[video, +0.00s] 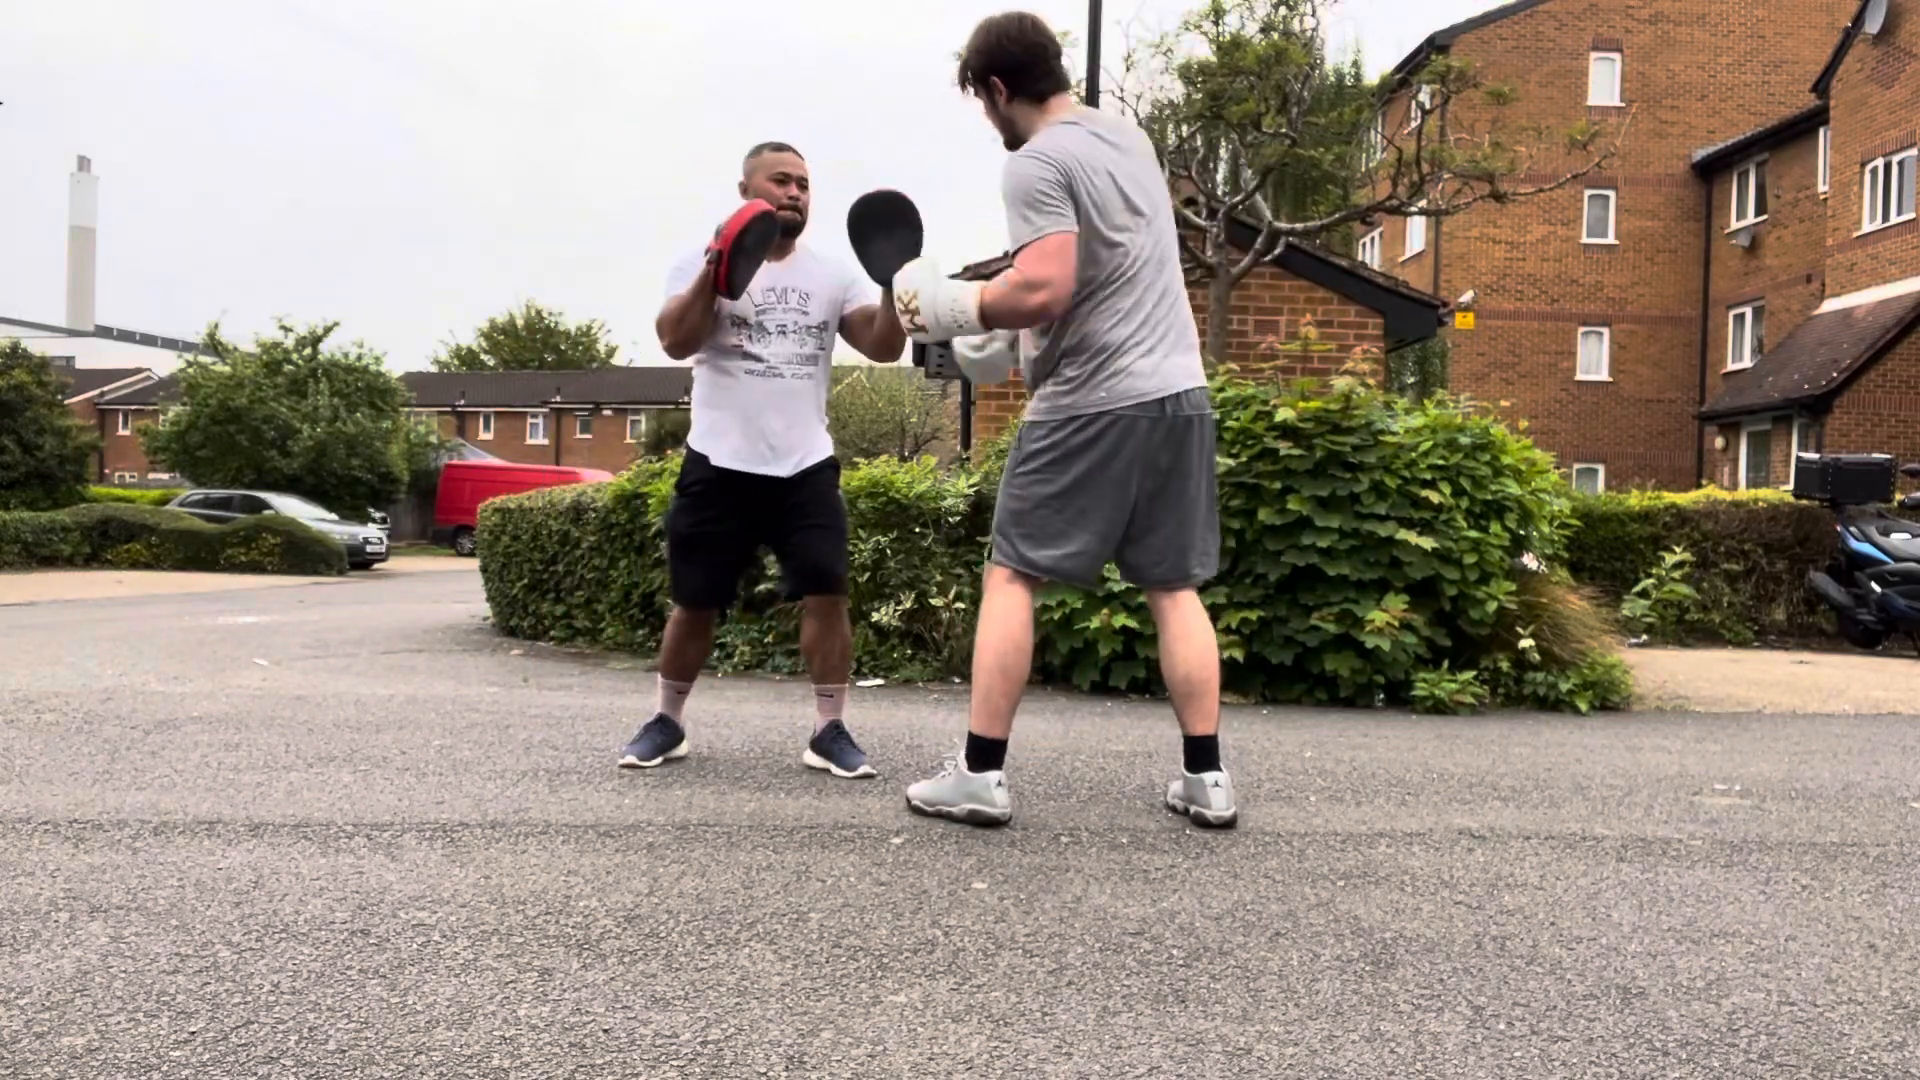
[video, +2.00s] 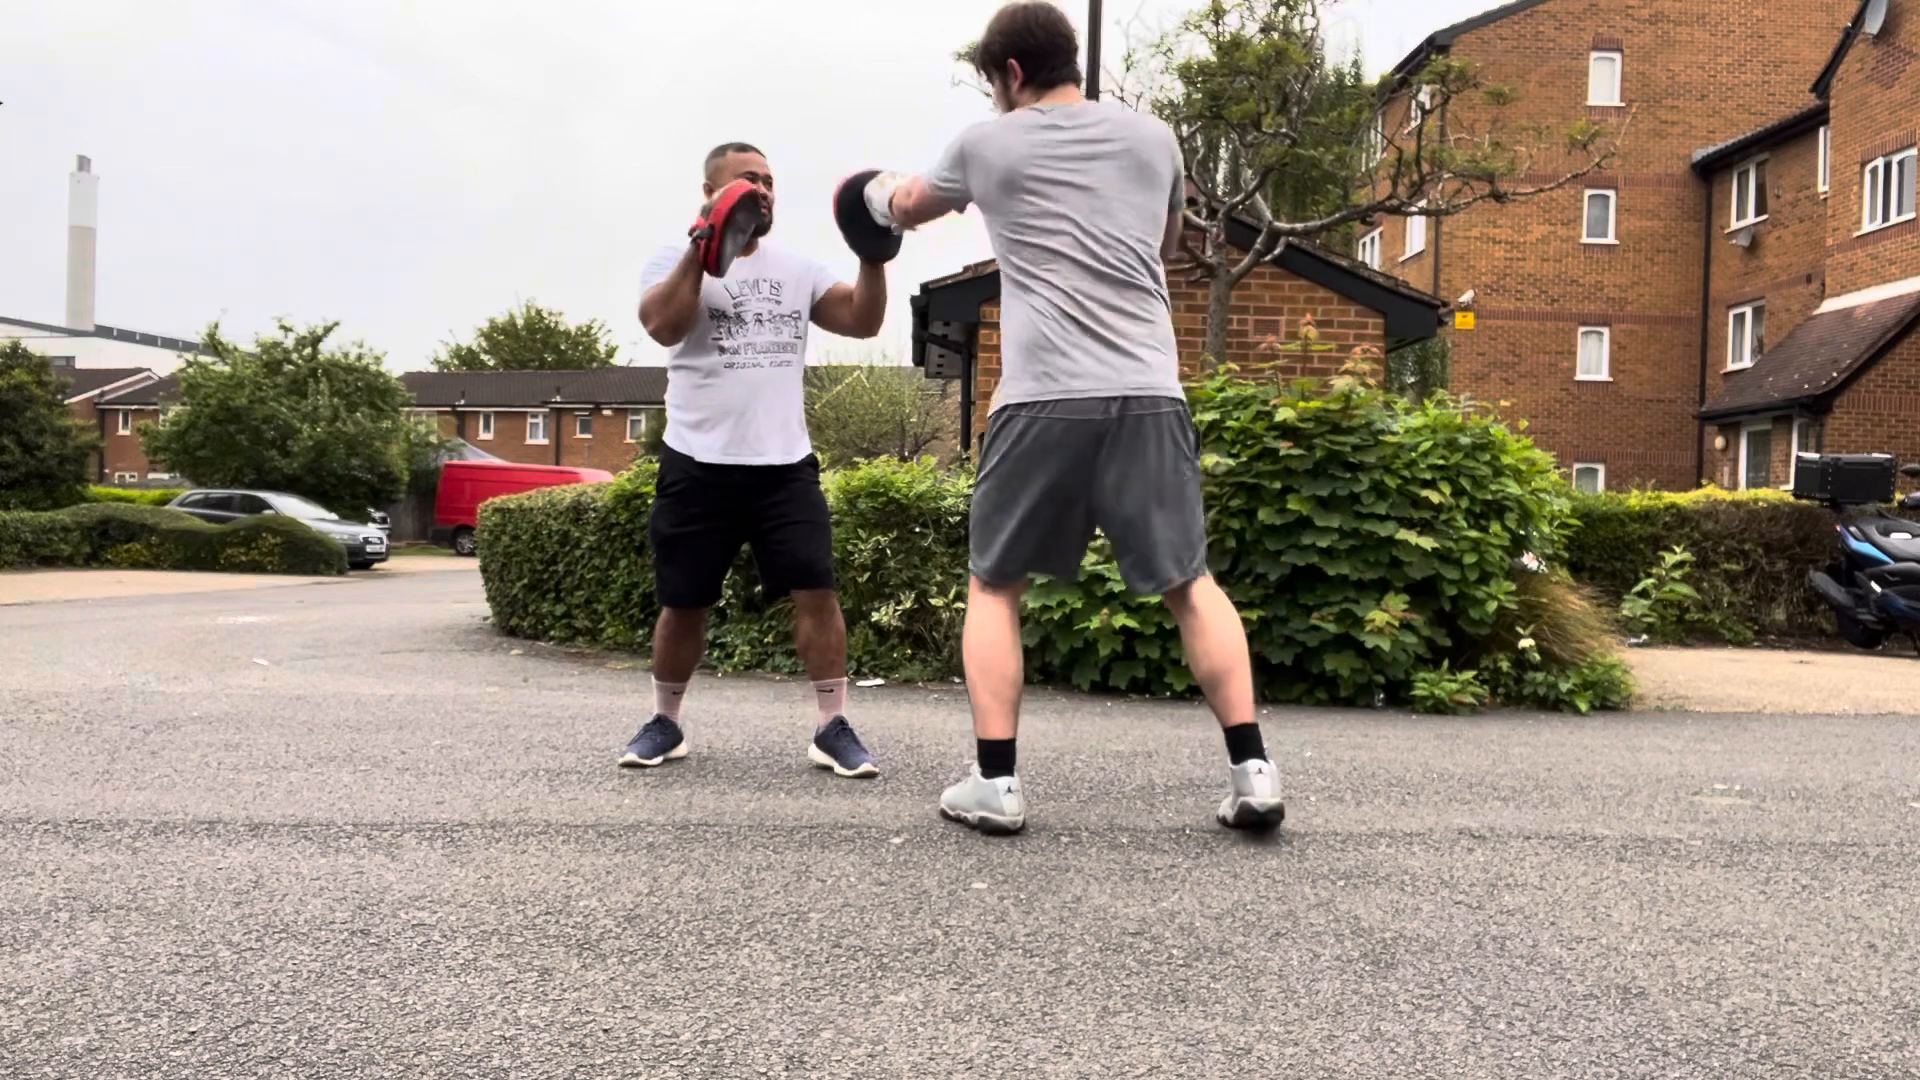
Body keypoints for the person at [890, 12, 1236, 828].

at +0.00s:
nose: (983, 115)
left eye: (979, 99)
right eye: (979, 100)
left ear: (997, 88)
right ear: (1055, 74)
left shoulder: (1038, 160)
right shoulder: (1126, 133)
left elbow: (1045, 288)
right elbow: (1113, 287)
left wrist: (947, 301)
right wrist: (1000, 345)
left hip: (1092, 402)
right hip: (1181, 393)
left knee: (1012, 572)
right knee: (1173, 582)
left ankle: (980, 772)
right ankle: (1208, 778)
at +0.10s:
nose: (1003, 110)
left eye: (999, 95)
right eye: (999, 97)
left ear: (1019, 81)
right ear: (1079, 69)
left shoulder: (1027, 159)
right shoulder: (1166, 133)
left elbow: (969, 294)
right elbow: (1190, 253)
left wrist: (905, 279)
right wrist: (1071, 279)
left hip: (1082, 400)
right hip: (1184, 391)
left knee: (1017, 577)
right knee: (1178, 587)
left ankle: (981, 774)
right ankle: (1209, 779)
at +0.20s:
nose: (1028, 102)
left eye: (1024, 90)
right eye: (1025, 92)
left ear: (1038, 79)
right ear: (1105, 63)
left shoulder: (1026, 159)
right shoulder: (1191, 125)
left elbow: (934, 268)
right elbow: (1256, 232)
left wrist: (916, 239)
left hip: (1080, 397)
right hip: (1183, 393)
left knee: (1026, 576)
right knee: (1185, 591)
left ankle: (981, 774)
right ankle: (1208, 779)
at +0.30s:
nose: (1035, 95)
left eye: (1032, 85)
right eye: (1035, 86)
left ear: (1046, 79)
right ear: (1118, 64)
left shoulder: (1026, 157)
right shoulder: (1199, 126)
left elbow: (950, 264)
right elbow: (1284, 224)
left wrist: (1022, 253)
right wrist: (1237, 297)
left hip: (1079, 398)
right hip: (1184, 391)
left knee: (1031, 578)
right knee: (1189, 591)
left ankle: (982, 774)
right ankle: (1207, 781)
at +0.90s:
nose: (1122, 84)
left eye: (1122, 71)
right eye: (1119, 73)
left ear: (1145, 57)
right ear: (1210, 57)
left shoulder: (1129, 125)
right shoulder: (1271, 145)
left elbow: (1059, 249)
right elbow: (1266, 257)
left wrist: (1070, 197)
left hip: (1132, 395)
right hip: (1230, 400)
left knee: (1059, 559)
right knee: (1204, 582)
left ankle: (1037, 753)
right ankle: (1210, 779)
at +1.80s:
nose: (1051, 86)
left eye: (1050, 75)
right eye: (1051, 76)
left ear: (1068, 68)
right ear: (1135, 61)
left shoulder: (1039, 141)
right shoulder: (1206, 142)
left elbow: (943, 232)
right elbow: (1194, 237)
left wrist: (954, 169)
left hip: (1062, 408)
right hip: (1175, 405)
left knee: (1010, 580)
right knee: (1206, 592)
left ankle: (1001, 776)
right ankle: (1257, 783)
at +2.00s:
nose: (991, 93)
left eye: (990, 82)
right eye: (989, 82)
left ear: (1012, 73)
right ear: (1076, 64)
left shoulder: (989, 141)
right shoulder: (1153, 136)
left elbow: (910, 208)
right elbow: (1161, 241)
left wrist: (891, 188)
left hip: (1042, 400)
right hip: (1152, 397)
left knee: (994, 584)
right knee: (1191, 581)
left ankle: (997, 780)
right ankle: (1252, 767)